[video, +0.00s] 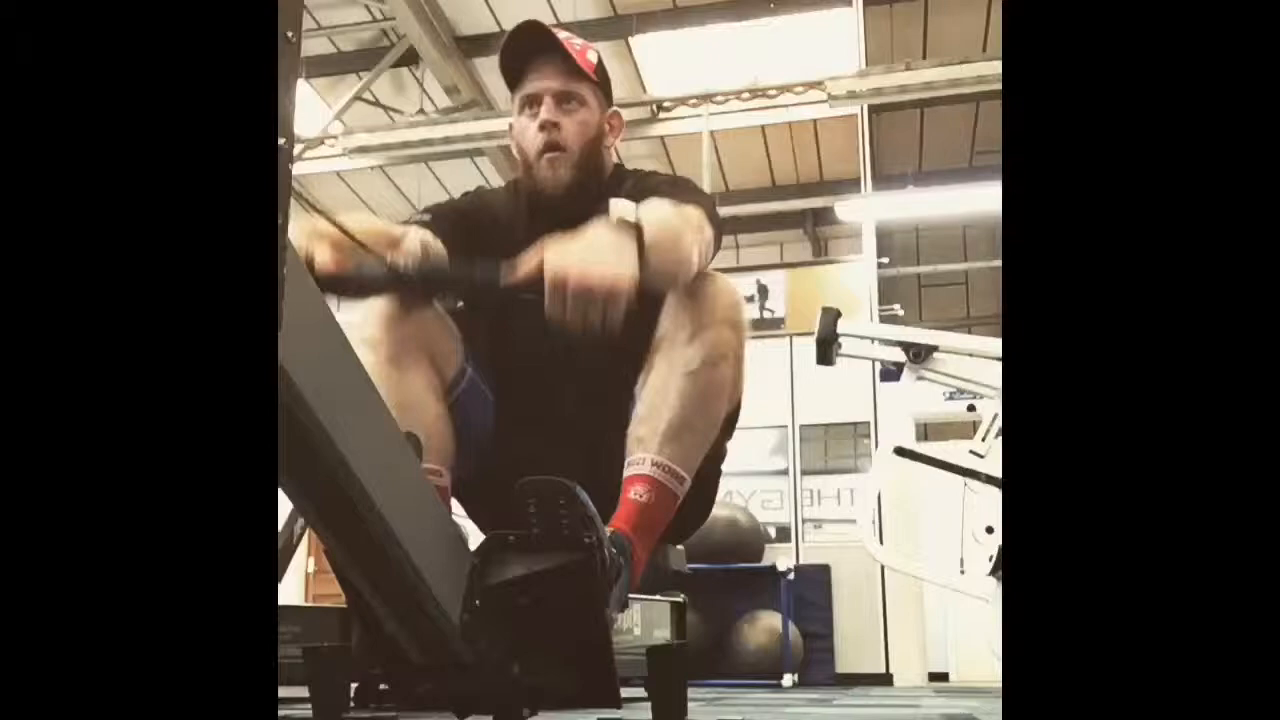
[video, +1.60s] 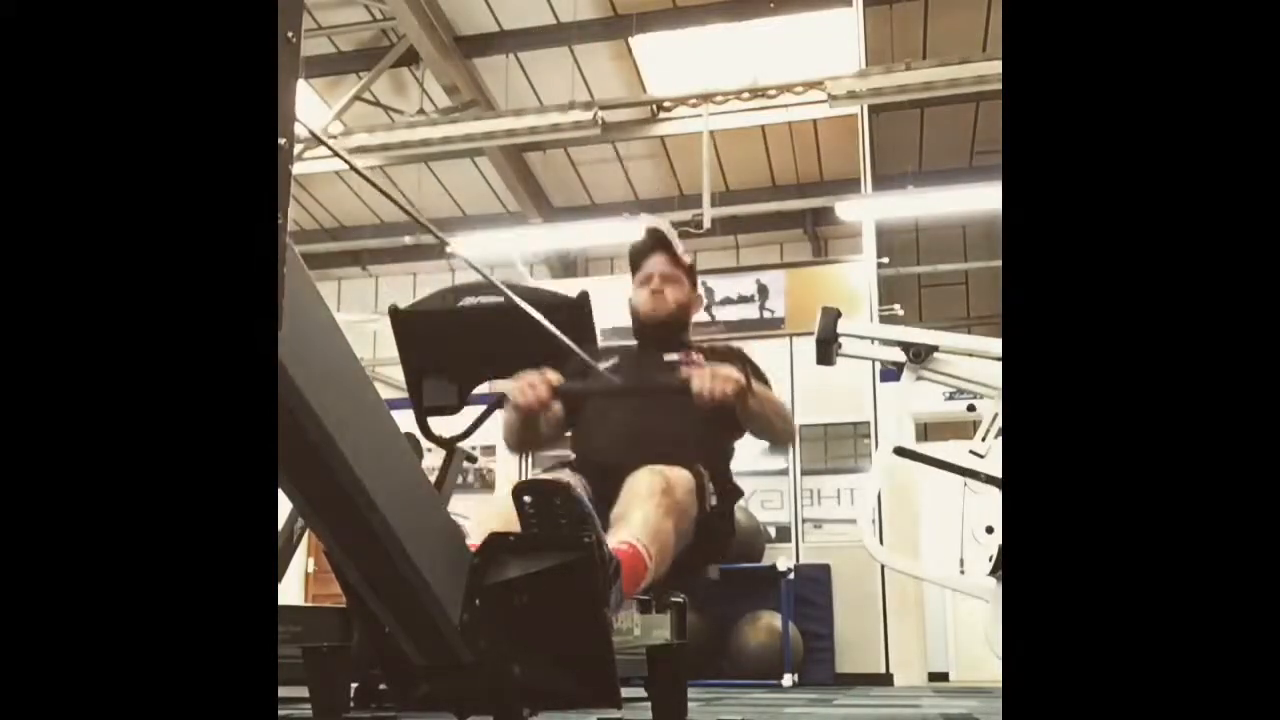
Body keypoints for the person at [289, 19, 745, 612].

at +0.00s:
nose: (548, 118)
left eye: (571, 102)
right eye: (531, 106)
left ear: (611, 130)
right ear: (513, 135)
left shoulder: (655, 196)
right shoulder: (479, 216)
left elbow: (689, 241)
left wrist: (623, 232)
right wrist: (327, 242)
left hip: (633, 462)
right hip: (503, 463)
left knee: (711, 296)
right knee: (379, 309)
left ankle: (625, 548)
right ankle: (424, 539)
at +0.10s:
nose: (553, 117)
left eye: (575, 102)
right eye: (537, 106)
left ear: (614, 131)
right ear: (518, 136)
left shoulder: (659, 195)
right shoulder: (489, 210)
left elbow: (696, 231)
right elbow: (402, 245)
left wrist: (627, 205)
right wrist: (319, 221)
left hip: (640, 466)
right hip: (511, 464)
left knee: (694, 287)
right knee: (405, 310)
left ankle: (621, 547)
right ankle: (424, 547)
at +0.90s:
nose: (580, 124)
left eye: (601, 118)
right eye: (565, 121)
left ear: (636, 150)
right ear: (549, 155)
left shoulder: (679, 223)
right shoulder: (509, 241)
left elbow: (700, 278)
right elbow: (433, 287)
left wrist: (658, 242)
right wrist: (368, 275)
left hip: (655, 477)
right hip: (534, 479)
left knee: (628, 305)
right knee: (474, 317)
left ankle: (605, 557)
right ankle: (447, 562)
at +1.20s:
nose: (608, 168)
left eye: (626, 162)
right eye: (595, 164)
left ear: (658, 192)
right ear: (579, 196)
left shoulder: (695, 257)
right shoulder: (546, 270)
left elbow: (712, 310)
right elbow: (480, 320)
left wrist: (683, 279)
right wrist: (429, 313)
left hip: (669, 487)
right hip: (559, 483)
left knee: (649, 357)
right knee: (497, 365)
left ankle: (602, 569)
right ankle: (445, 562)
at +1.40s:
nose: (636, 225)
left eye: (650, 218)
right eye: (625, 219)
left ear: (677, 239)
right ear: (612, 239)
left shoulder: (706, 299)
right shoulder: (581, 314)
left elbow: (738, 347)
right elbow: (524, 360)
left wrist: (711, 328)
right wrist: (483, 351)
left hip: (682, 490)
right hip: (580, 485)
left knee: (660, 418)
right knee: (519, 422)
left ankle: (603, 567)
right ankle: (457, 555)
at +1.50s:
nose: (649, 258)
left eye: (663, 251)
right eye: (637, 253)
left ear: (688, 269)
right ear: (623, 272)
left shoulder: (716, 335)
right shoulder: (593, 345)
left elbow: (758, 386)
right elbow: (522, 396)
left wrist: (724, 357)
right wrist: (505, 370)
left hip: (691, 485)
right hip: (591, 482)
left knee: (658, 462)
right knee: (530, 460)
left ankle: (606, 576)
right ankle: (463, 562)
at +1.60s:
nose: (656, 286)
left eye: (671, 279)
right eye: (644, 279)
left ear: (695, 299)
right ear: (631, 298)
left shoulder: (724, 361)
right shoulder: (597, 365)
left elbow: (784, 434)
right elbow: (523, 443)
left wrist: (739, 390)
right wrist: (524, 407)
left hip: (693, 495)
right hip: (593, 494)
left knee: (653, 484)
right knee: (544, 495)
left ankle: (607, 590)